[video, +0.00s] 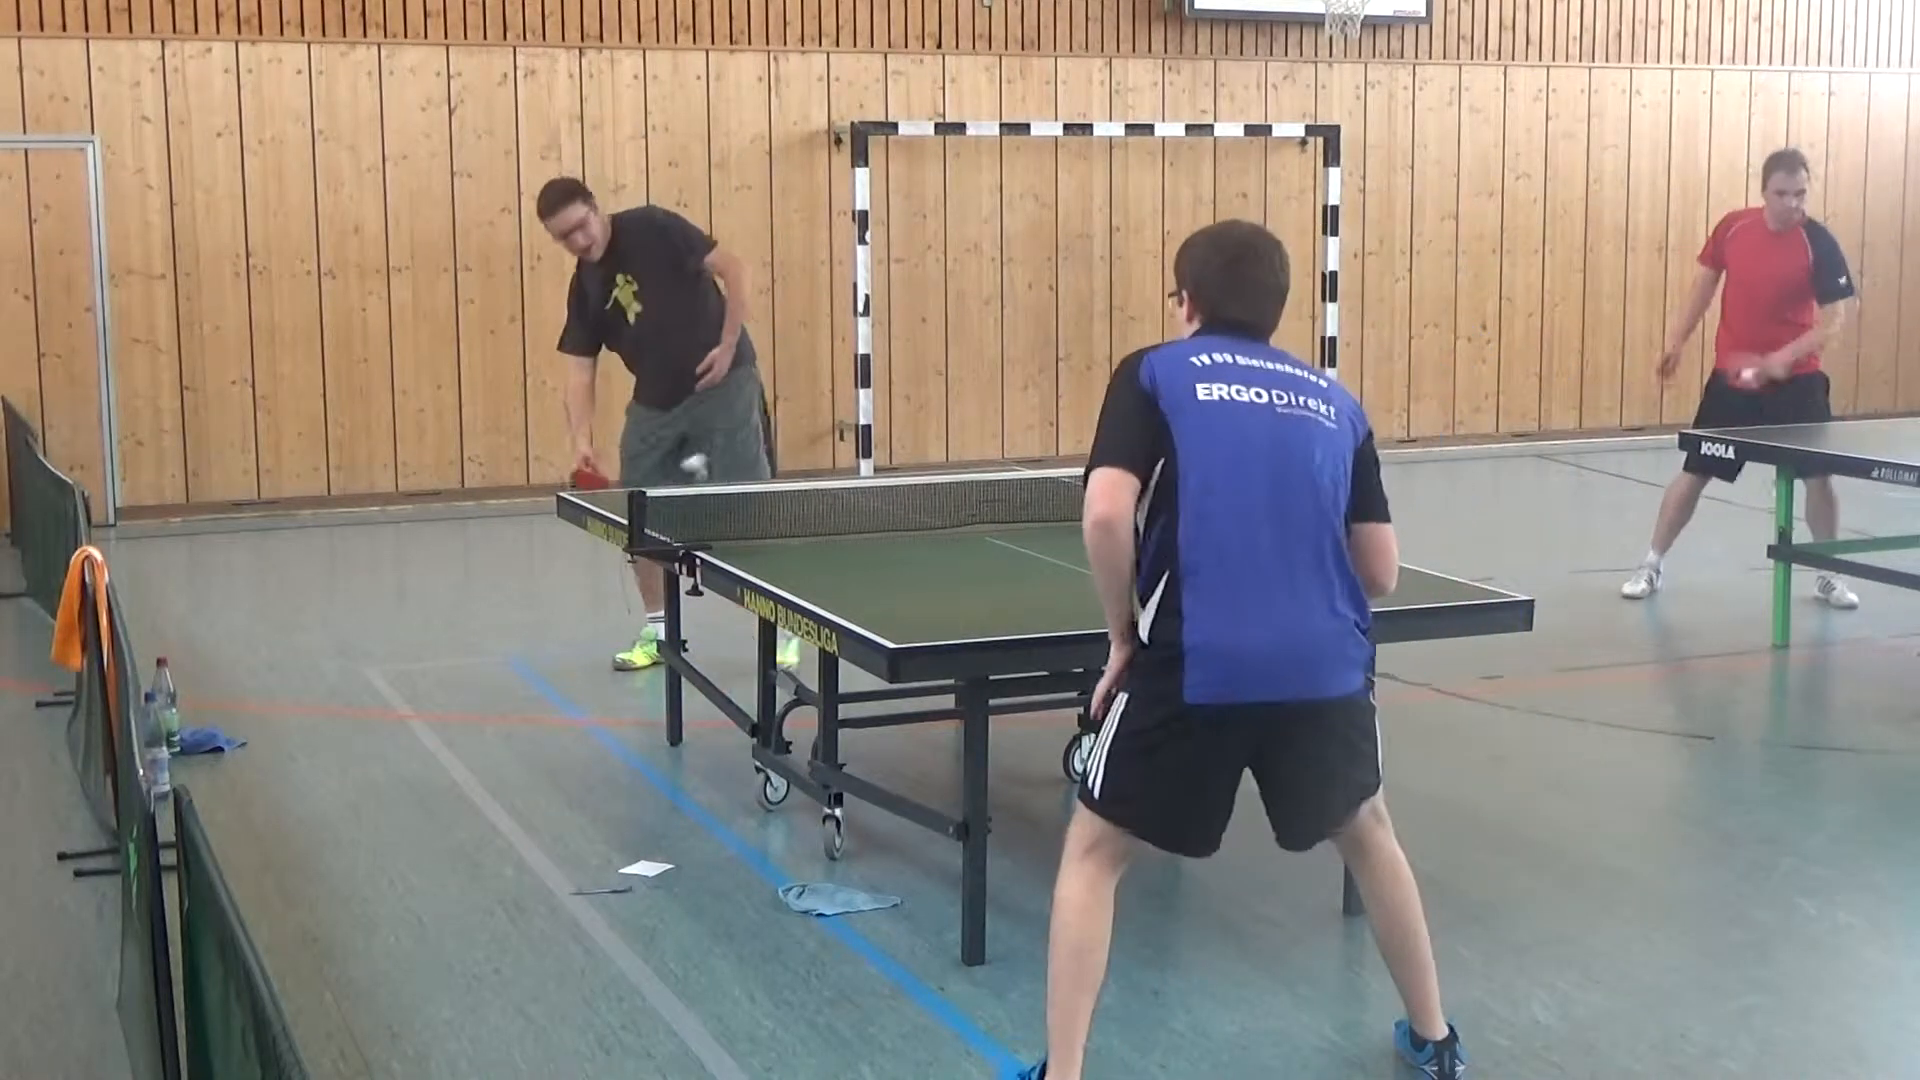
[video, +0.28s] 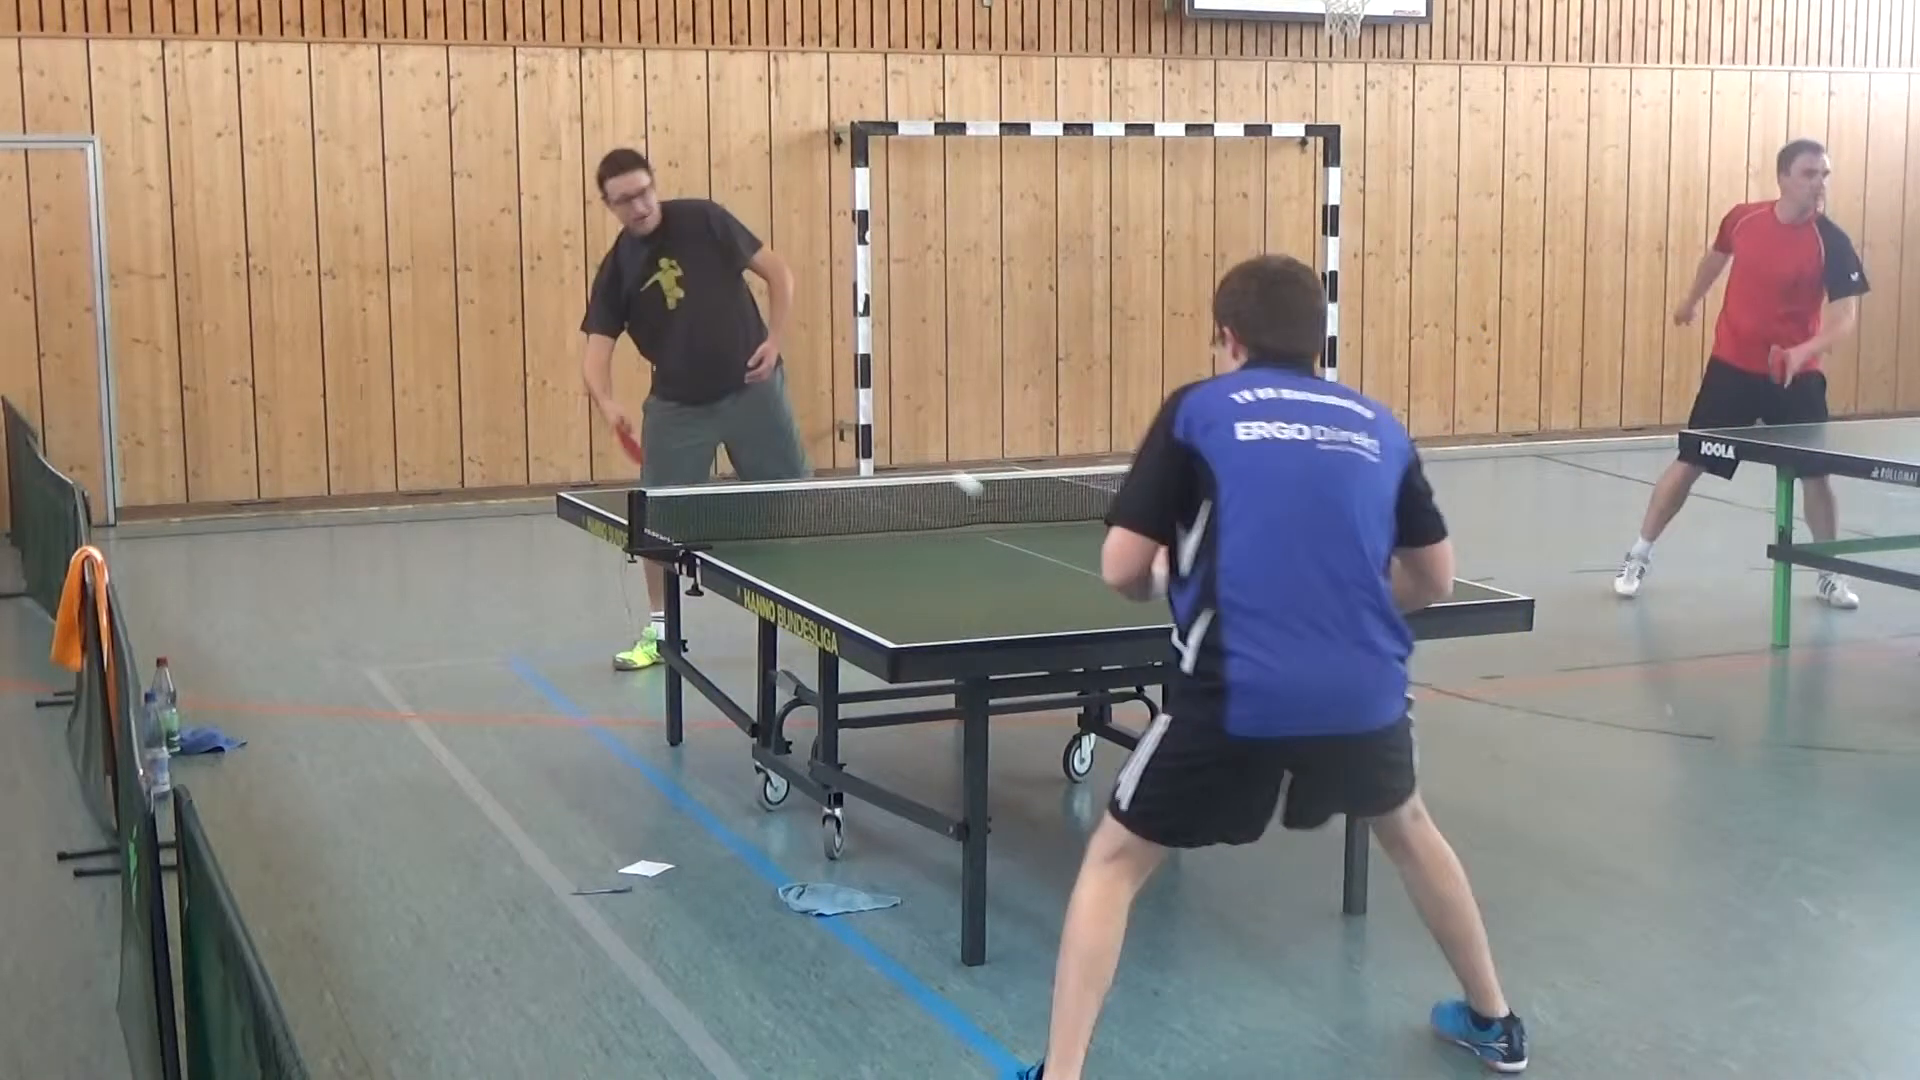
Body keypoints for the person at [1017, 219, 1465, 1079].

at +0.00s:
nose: (1170, 309)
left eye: (1174, 298)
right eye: (1172, 297)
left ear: (1189, 305)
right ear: (1277, 312)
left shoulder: (1153, 373)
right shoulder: (1338, 401)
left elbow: (1107, 510)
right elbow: (1380, 573)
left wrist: (1123, 635)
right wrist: (1312, 577)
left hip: (1193, 671)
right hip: (1323, 673)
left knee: (1094, 857)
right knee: (1369, 834)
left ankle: (1061, 1070)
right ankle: (1434, 1039)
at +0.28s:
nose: (1212, 352)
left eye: (1214, 340)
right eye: (1213, 340)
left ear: (1232, 344)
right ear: (1317, 347)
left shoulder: (1199, 408)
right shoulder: (1380, 424)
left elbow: (1122, 567)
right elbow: (1431, 576)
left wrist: (1180, 561)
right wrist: (1349, 595)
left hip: (1236, 702)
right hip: (1365, 705)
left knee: (1114, 864)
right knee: (1409, 825)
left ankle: (1059, 1069)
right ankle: (1495, 1016)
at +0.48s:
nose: (1277, 376)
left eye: (1276, 359)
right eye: (1273, 360)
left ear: (1301, 354)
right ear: (1367, 337)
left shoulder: (1312, 405)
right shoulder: (1440, 403)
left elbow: (1238, 550)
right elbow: (1414, 528)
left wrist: (1298, 494)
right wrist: (1310, 500)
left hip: (1342, 689)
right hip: (1444, 689)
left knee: (1203, 868)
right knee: (1416, 829)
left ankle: (1091, 1070)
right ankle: (1491, 1017)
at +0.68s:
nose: (1325, 362)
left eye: (1323, 344)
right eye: (1321, 344)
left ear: (1351, 340)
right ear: (1410, 330)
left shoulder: (1386, 392)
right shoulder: (1464, 392)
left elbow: (1316, 540)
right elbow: (1442, 522)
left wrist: (1367, 485)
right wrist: (1358, 480)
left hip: (1400, 680)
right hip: (1475, 679)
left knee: (1255, 863)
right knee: (1400, 839)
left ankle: (1201, 1069)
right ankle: (1489, 1021)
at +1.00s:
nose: (1318, 331)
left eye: (1320, 316)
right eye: (1318, 316)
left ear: (1342, 320)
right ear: (1418, 314)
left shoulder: (1356, 396)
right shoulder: (1485, 404)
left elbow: (1272, 563)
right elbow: (1544, 582)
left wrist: (1283, 559)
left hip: (1404, 696)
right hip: (1497, 691)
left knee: (1272, 898)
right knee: (1441, 848)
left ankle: (1315, 1068)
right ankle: (1504, 1018)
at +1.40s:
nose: (1292, 309)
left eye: (1292, 293)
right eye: (1291, 292)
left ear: (1312, 297)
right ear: (1392, 288)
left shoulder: (1315, 372)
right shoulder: (1478, 382)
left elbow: (1302, 521)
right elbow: (1539, 539)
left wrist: (1261, 582)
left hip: (1387, 682)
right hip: (1505, 682)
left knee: (1254, 889)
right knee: (1502, 873)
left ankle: (1258, 1071)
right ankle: (1567, 1070)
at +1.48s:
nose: (1275, 340)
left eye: (1276, 320)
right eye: (1273, 320)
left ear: (1308, 318)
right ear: (1370, 309)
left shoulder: (1317, 394)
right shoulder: (1437, 391)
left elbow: (1282, 568)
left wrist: (1287, 544)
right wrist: (1242, 629)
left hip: (1379, 712)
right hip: (1496, 707)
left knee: (1220, 895)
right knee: (1496, 873)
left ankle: (1193, 1070)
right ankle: (1565, 1070)